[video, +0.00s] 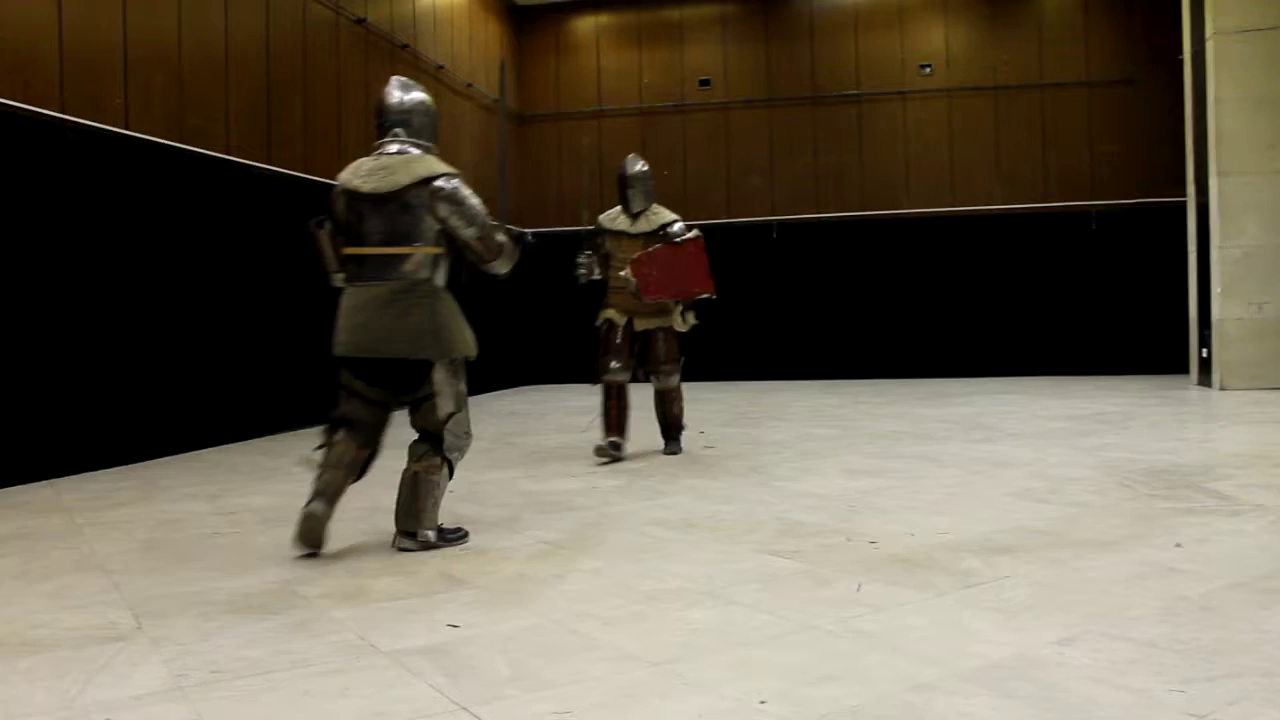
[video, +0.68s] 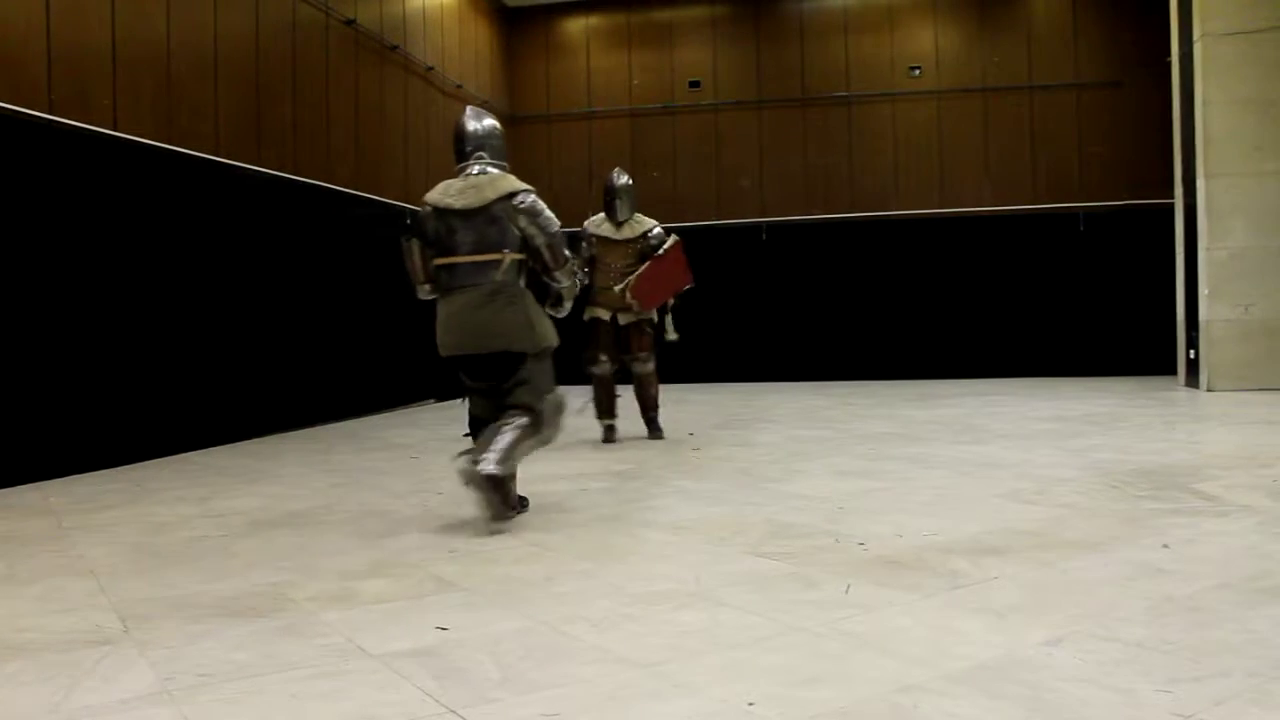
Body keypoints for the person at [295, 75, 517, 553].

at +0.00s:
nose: (433, 129)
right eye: (431, 122)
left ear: (384, 124)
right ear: (428, 123)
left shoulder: (348, 181)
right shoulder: (436, 180)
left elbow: (339, 261)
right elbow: (489, 247)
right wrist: (508, 245)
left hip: (359, 322)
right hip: (420, 323)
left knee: (355, 423)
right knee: (443, 429)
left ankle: (320, 501)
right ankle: (417, 526)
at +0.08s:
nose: (447, 125)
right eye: (445, 118)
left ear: (397, 121)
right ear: (444, 120)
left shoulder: (364, 178)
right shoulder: (452, 177)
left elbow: (355, 258)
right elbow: (509, 246)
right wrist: (512, 225)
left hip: (374, 318)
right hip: (434, 320)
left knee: (380, 413)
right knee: (441, 428)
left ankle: (351, 489)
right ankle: (419, 528)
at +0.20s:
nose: (458, 126)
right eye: (456, 118)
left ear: (407, 121)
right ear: (454, 119)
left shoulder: (377, 176)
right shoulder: (464, 173)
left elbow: (362, 255)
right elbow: (519, 242)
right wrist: (522, 220)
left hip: (388, 312)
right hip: (444, 313)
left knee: (409, 420)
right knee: (433, 423)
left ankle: (410, 524)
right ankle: (415, 529)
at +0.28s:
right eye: (461, 125)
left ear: (415, 127)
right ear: (461, 126)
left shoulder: (385, 182)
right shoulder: (472, 179)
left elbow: (372, 261)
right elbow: (522, 248)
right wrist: (528, 227)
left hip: (397, 314)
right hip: (452, 315)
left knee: (441, 409)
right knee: (428, 423)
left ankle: (450, 501)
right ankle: (409, 530)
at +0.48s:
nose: (482, 150)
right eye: (481, 143)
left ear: (438, 147)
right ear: (482, 145)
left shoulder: (408, 201)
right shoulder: (493, 196)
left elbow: (394, 283)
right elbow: (542, 264)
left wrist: (431, 282)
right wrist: (545, 251)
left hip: (429, 325)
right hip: (481, 323)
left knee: (486, 411)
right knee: (455, 420)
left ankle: (503, 495)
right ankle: (413, 521)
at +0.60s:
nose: (493, 153)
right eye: (492, 146)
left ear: (450, 150)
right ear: (492, 146)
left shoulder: (425, 203)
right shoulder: (503, 193)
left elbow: (413, 281)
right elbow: (545, 244)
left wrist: (441, 289)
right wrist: (558, 284)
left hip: (447, 322)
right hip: (498, 318)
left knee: (485, 409)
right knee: (509, 419)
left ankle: (506, 496)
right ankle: (446, 489)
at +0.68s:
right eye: (498, 145)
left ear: (459, 150)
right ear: (501, 146)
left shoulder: (435, 200)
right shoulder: (512, 191)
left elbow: (422, 264)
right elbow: (549, 234)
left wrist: (435, 286)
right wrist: (565, 279)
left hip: (454, 315)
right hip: (506, 311)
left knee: (484, 400)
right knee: (537, 400)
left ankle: (501, 490)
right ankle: (492, 463)